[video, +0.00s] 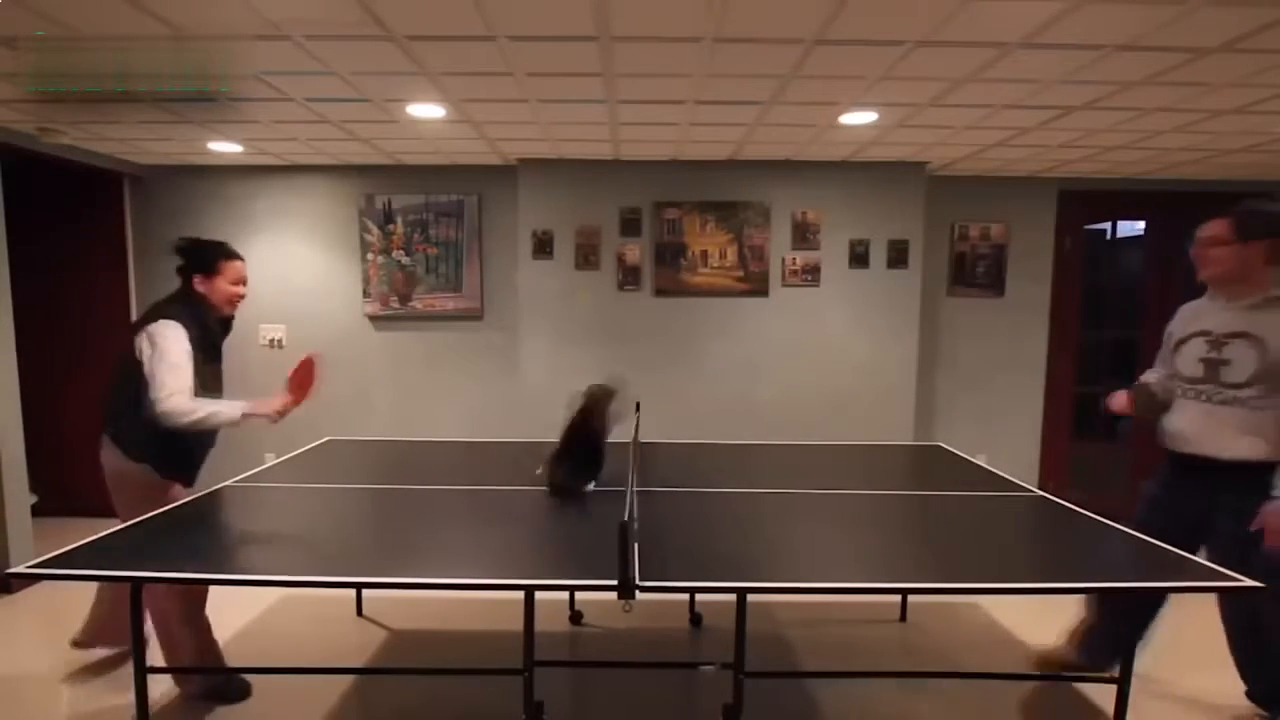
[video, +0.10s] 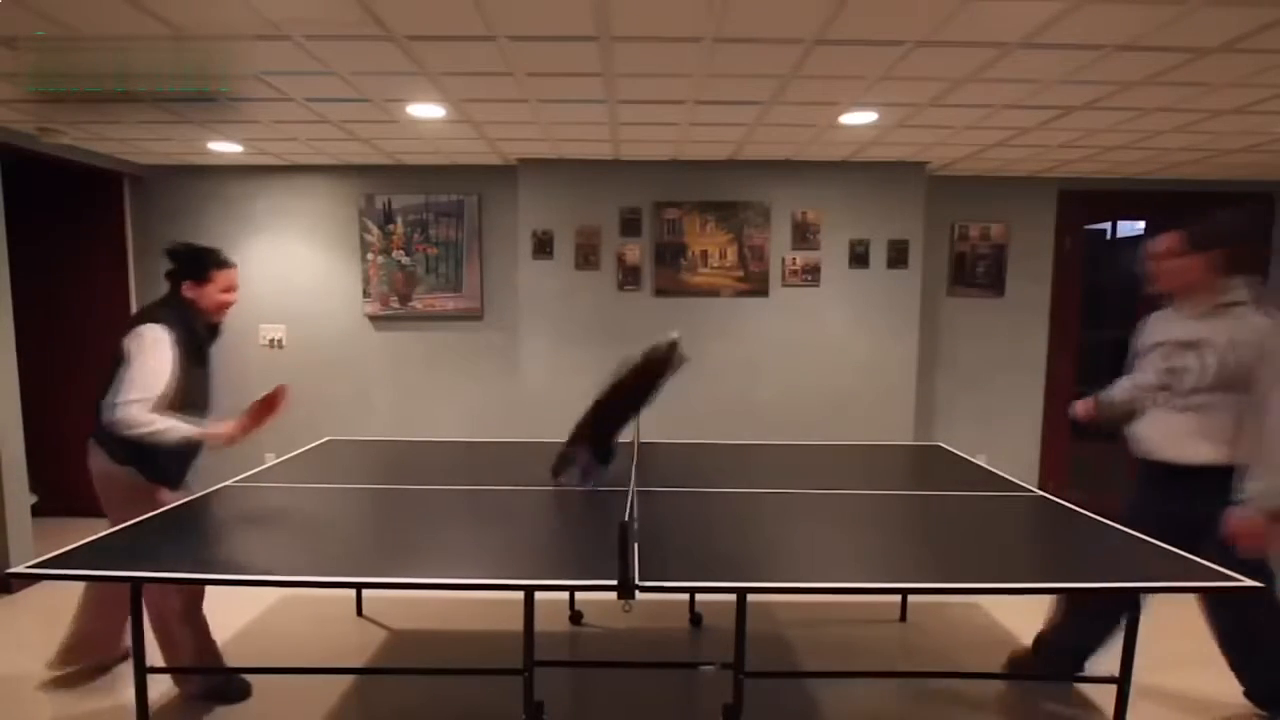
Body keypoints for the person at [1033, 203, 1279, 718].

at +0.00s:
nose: (1201, 256)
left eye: (1215, 246)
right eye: (1199, 247)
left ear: (1255, 252)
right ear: (1196, 254)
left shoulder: (1273, 313)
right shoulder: (1189, 314)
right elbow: (1164, 380)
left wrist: (1278, 498)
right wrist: (1134, 396)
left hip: (1250, 476)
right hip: (1183, 469)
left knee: (1249, 592)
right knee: (1143, 565)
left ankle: (1270, 697)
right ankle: (1095, 653)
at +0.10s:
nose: (1156, 270)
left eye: (1167, 258)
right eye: (1153, 260)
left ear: (1206, 260)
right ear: (1153, 269)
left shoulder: (1256, 328)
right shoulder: (1156, 325)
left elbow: (1270, 419)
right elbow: (1142, 385)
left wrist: (1257, 499)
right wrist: (1098, 404)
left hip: (1221, 483)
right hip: (1156, 479)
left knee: (1242, 603)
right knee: (1112, 580)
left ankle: (1273, 693)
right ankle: (1051, 661)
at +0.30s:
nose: (1064, 272)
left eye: (1074, 263)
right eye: (1064, 263)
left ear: (1110, 267)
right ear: (1095, 270)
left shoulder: (1164, 325)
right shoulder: (1092, 318)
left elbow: (1189, 411)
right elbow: (1080, 387)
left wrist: (1166, 485)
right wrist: (1034, 409)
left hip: (1133, 474)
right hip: (1083, 466)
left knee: (1153, 585)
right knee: (1053, 560)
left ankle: (1243, 665)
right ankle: (1048, 652)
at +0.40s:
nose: (1055, 268)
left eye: (1060, 256)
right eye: (1054, 257)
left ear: (1094, 255)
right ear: (1088, 258)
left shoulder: (1145, 312)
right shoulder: (1096, 307)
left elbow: (1171, 396)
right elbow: (1096, 389)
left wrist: (1142, 468)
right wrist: (1051, 412)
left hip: (1109, 456)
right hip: (1075, 450)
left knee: (1100, 565)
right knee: (1057, 556)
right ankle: (1033, 656)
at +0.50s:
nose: (1049, 281)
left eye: (1052, 269)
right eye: (1047, 271)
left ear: (1079, 265)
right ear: (1078, 267)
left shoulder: (1117, 320)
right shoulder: (1099, 315)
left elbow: (1144, 406)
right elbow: (1109, 392)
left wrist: (1117, 475)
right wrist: (1063, 403)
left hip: (1096, 458)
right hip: (1079, 452)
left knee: (1082, 565)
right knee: (1058, 556)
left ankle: (1108, 674)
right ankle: (1032, 646)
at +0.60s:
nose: (1046, 295)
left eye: (1047, 285)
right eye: (1044, 285)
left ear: (1066, 280)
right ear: (1087, 278)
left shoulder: (1092, 329)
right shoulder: (1137, 319)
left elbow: (1107, 412)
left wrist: (1092, 486)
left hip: (1113, 458)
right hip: (1143, 452)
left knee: (1064, 561)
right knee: (1056, 540)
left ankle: (1110, 677)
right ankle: (1059, 634)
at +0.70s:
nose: (1054, 303)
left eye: (1054, 293)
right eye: (1053, 293)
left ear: (1070, 288)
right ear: (1099, 284)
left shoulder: (1084, 332)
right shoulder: (1140, 326)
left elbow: (1091, 407)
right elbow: (1179, 394)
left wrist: (1076, 471)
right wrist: (1142, 424)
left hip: (1110, 457)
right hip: (1148, 456)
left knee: (1078, 563)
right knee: (1091, 562)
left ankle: (1112, 676)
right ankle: (1102, 671)